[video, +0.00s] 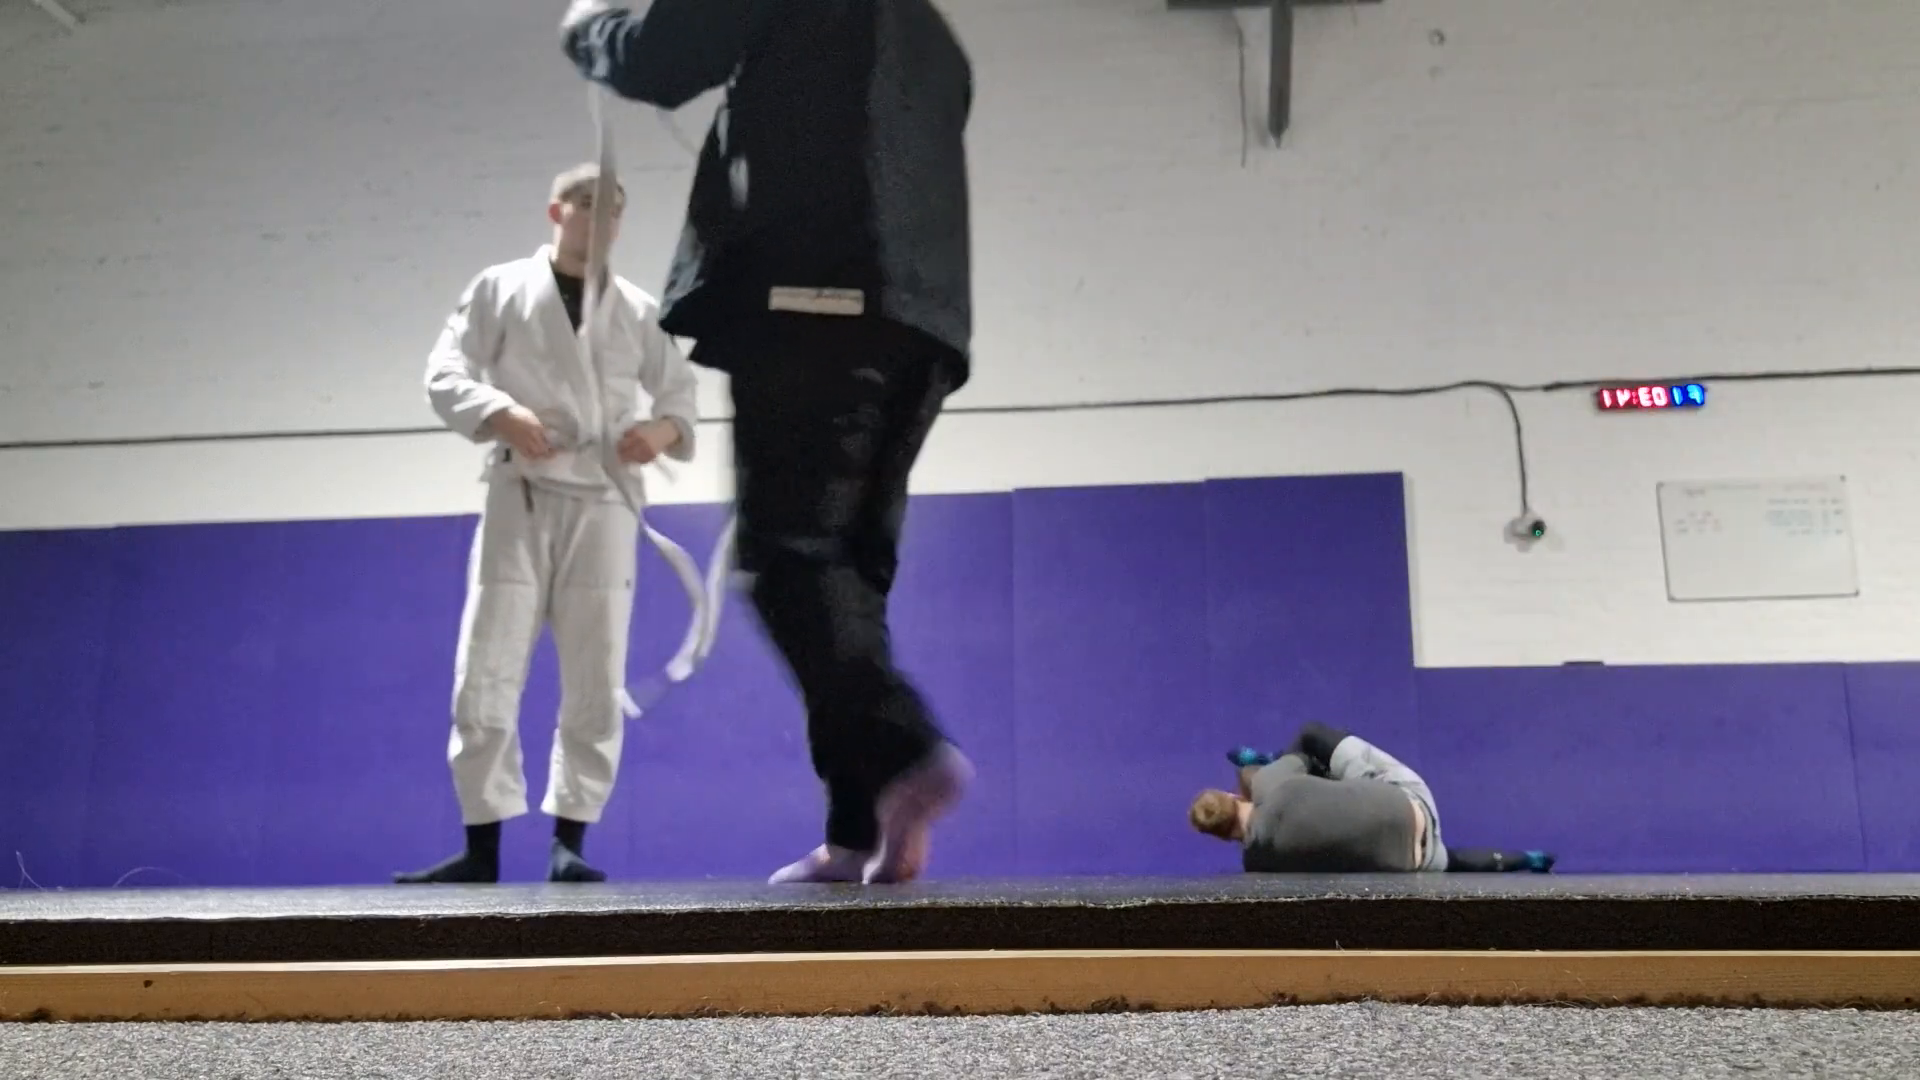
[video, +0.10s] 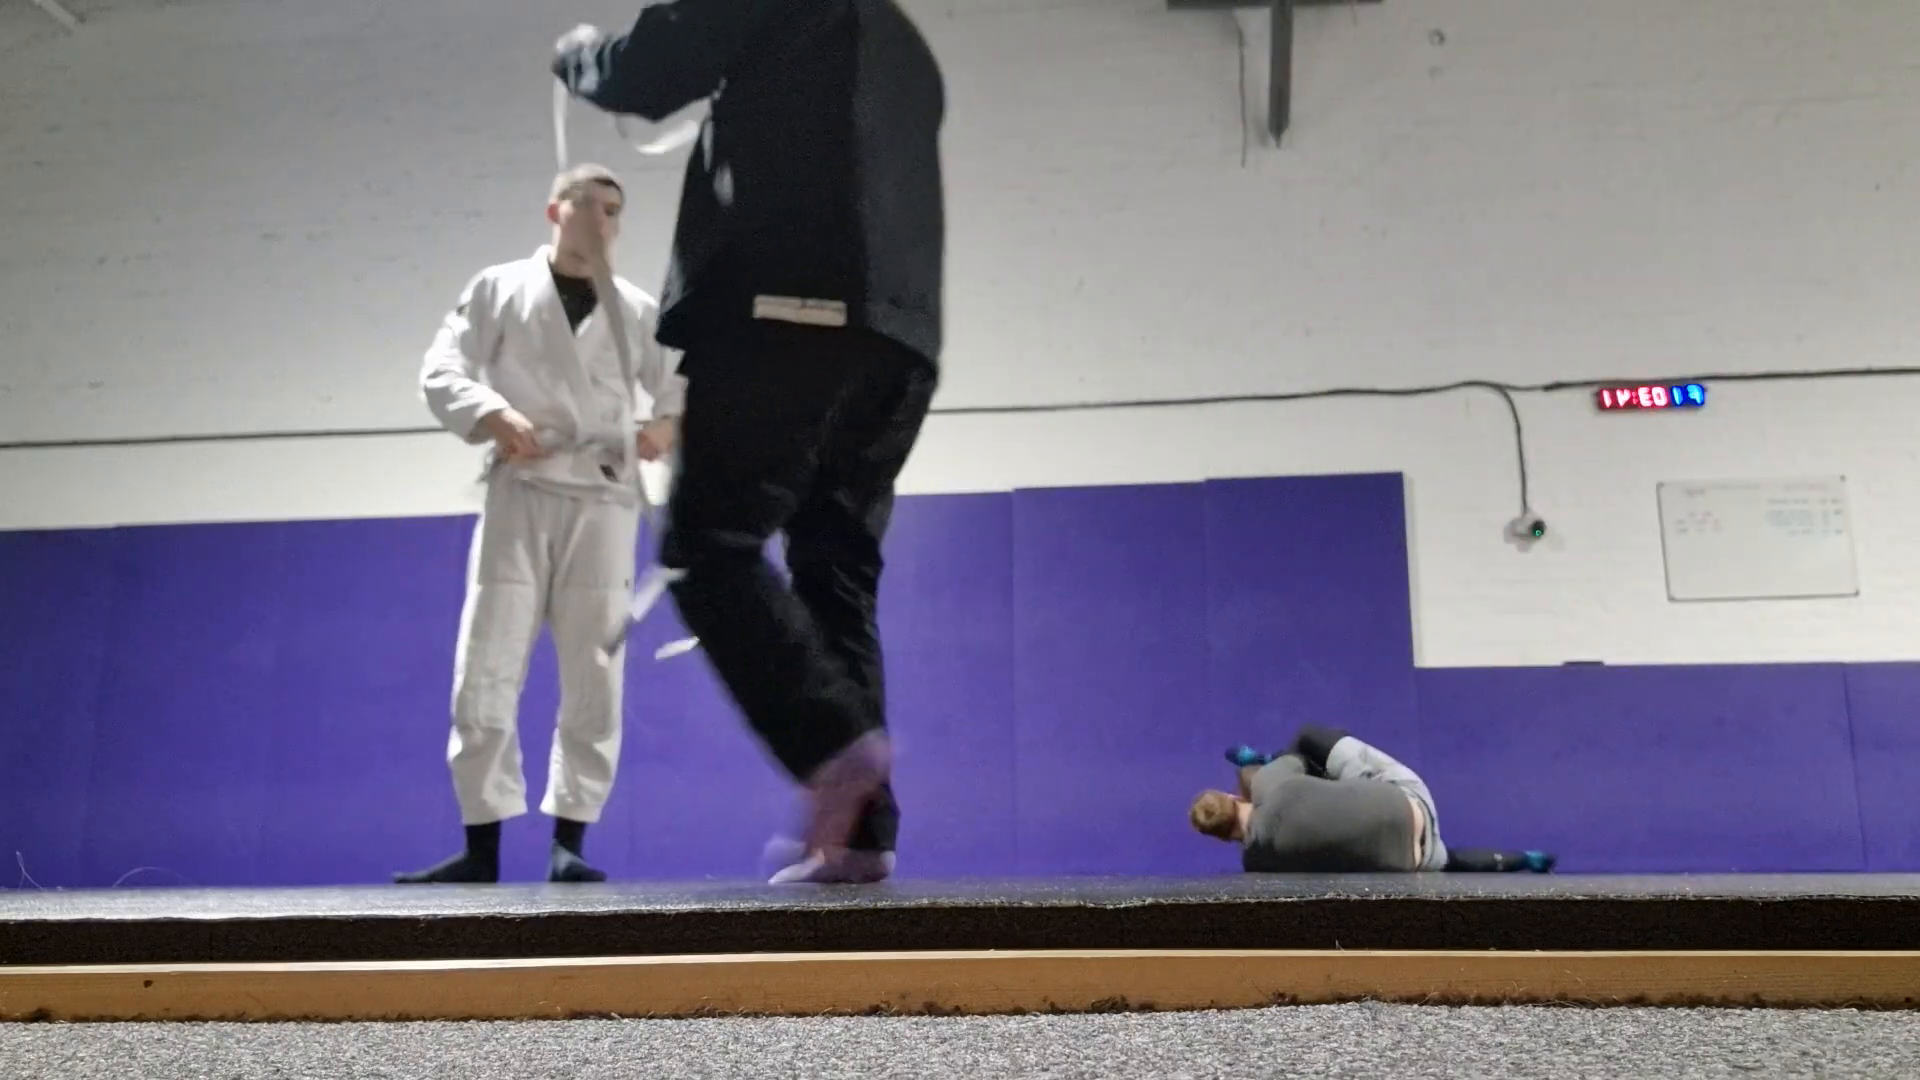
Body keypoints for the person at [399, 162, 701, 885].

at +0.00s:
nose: (597, 220)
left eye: (610, 210)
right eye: (584, 204)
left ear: (621, 225)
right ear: (554, 212)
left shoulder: (643, 315)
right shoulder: (499, 290)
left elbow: (682, 407)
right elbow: (446, 378)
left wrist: (661, 432)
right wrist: (504, 416)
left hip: (605, 509)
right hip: (518, 502)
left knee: (595, 675)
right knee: (486, 671)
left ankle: (568, 850)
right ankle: (480, 852)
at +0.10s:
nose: (603, 219)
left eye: (613, 210)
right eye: (590, 204)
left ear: (621, 225)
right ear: (554, 212)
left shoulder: (642, 314)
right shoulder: (498, 290)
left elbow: (685, 394)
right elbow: (442, 375)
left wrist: (666, 428)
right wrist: (496, 418)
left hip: (605, 509)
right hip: (518, 500)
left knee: (594, 672)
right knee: (486, 670)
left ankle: (569, 848)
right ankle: (480, 853)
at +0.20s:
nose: (587, 215)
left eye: (600, 206)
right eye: (577, 202)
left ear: (617, 227)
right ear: (551, 214)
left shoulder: (639, 314)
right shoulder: (497, 290)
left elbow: (681, 392)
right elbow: (437, 372)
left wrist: (657, 434)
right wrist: (487, 418)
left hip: (604, 509)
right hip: (516, 500)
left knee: (593, 678)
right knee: (484, 671)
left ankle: (570, 850)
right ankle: (480, 852)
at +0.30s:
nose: (592, 219)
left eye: (605, 211)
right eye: (580, 205)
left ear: (618, 230)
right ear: (551, 212)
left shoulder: (639, 308)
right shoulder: (498, 289)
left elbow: (662, 394)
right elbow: (431, 373)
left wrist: (642, 455)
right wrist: (469, 430)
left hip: (603, 505)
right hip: (514, 497)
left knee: (592, 675)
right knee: (484, 672)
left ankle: (576, 840)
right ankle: (479, 851)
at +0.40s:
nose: (593, 217)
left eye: (608, 209)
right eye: (583, 202)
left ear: (622, 227)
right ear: (553, 211)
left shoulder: (631, 304)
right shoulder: (498, 289)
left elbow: (658, 385)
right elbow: (428, 376)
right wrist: (448, 433)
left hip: (602, 505)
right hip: (515, 499)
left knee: (593, 678)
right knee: (483, 675)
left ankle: (580, 846)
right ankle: (480, 852)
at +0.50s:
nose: (587, 231)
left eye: (600, 220)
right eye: (577, 213)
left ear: (618, 231)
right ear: (552, 213)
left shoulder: (630, 299)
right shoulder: (499, 289)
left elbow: (656, 389)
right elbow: (428, 376)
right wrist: (446, 438)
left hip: (597, 504)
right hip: (514, 498)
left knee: (589, 670)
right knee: (484, 670)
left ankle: (578, 840)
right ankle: (481, 848)